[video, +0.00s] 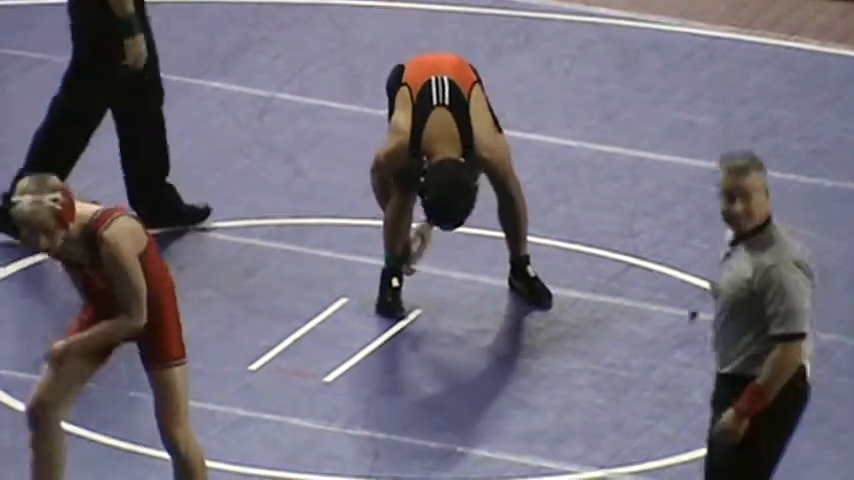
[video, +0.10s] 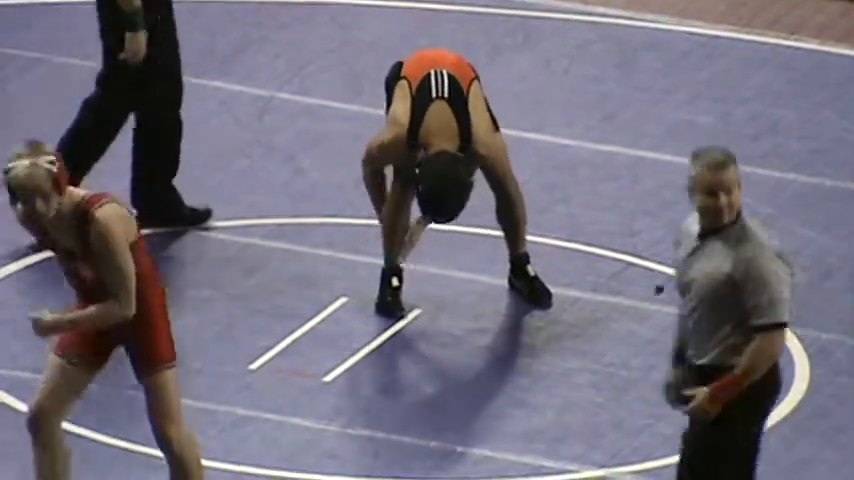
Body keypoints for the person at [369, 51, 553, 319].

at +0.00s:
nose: (444, 228)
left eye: (451, 225)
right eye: (438, 223)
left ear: (473, 183)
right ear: (424, 186)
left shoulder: (492, 150)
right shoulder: (397, 151)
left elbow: (515, 200)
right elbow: (378, 177)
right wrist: (396, 230)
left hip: (464, 73)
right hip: (408, 76)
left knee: (506, 190)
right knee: (403, 192)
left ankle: (521, 268)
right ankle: (391, 277)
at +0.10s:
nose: (433, 221)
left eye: (443, 219)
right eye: (431, 215)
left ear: (469, 178)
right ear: (421, 183)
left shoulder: (488, 145)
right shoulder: (395, 141)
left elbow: (513, 196)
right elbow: (371, 164)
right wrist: (384, 216)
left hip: (464, 73)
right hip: (408, 73)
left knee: (503, 188)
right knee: (402, 186)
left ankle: (521, 267)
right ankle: (391, 276)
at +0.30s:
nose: (442, 193)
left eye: (446, 189)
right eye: (438, 189)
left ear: (462, 158)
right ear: (416, 145)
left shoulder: (482, 134)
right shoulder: (397, 111)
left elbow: (463, 194)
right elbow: (350, 131)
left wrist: (421, 236)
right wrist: (352, 197)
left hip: (469, 65)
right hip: (415, 63)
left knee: (502, 180)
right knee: (402, 187)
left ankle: (520, 264)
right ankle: (391, 276)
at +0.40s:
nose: (439, 152)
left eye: (449, 150)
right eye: (434, 145)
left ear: (466, 132)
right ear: (422, 115)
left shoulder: (487, 120)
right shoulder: (405, 88)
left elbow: (459, 185)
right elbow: (353, 114)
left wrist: (418, 230)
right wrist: (347, 180)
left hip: (480, 59)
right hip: (427, 53)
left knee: (507, 177)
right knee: (410, 179)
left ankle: (525, 256)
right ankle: (392, 273)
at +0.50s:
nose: (455, 100)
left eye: (462, 93)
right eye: (447, 91)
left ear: (481, 82)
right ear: (436, 74)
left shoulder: (504, 81)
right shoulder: (424, 55)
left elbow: (482, 148)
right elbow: (376, 81)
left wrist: (426, 190)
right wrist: (360, 142)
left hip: (496, 101)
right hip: (443, 92)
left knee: (517, 187)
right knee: (418, 182)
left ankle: (530, 254)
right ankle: (394, 274)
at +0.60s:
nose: (476, 42)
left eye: (484, 35)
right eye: (469, 33)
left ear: (500, 27)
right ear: (458, 22)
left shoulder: (528, 41)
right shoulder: (443, 21)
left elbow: (516, 114)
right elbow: (414, 47)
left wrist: (460, 150)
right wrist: (391, 104)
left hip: (515, 93)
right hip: (465, 87)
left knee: (526, 189)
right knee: (428, 178)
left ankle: (529, 266)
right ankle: (393, 274)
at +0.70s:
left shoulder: (542, 8)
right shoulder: (468, 3)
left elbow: (563, 78)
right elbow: (446, 25)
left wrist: (514, 116)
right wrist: (420, 78)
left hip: (534, 79)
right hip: (487, 70)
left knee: (538, 192)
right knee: (437, 166)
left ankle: (537, 285)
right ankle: (417, 268)